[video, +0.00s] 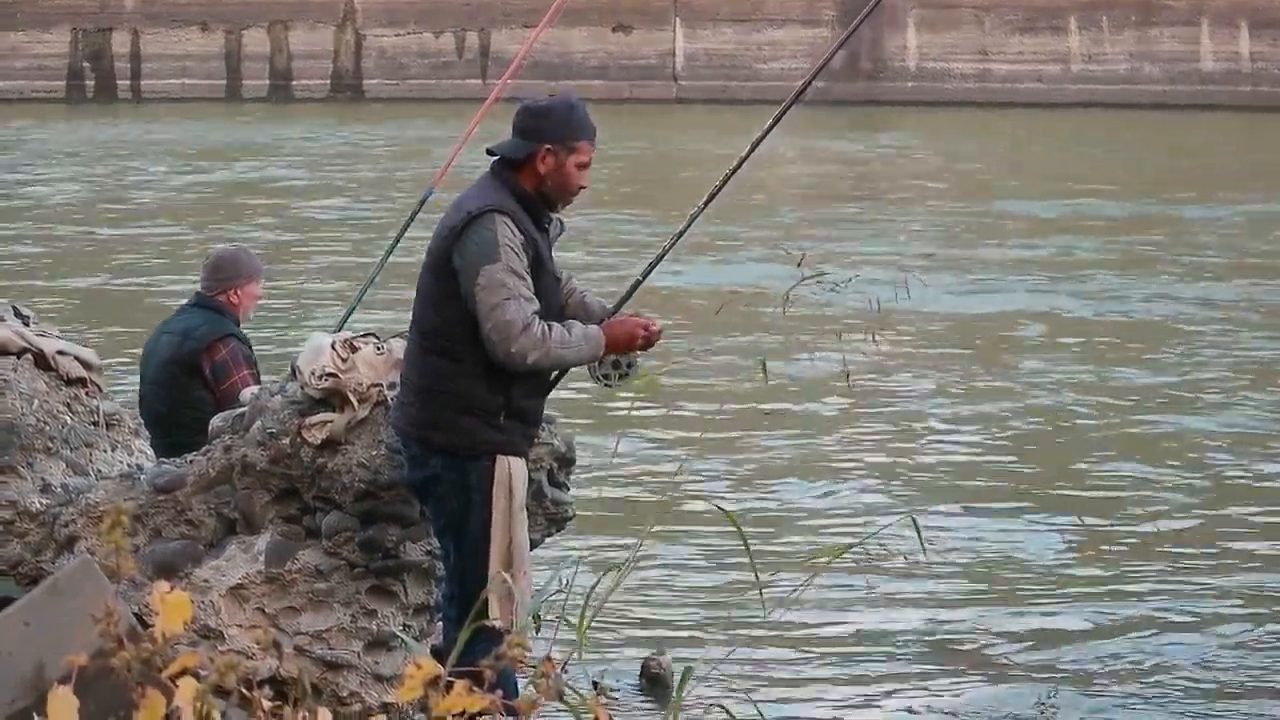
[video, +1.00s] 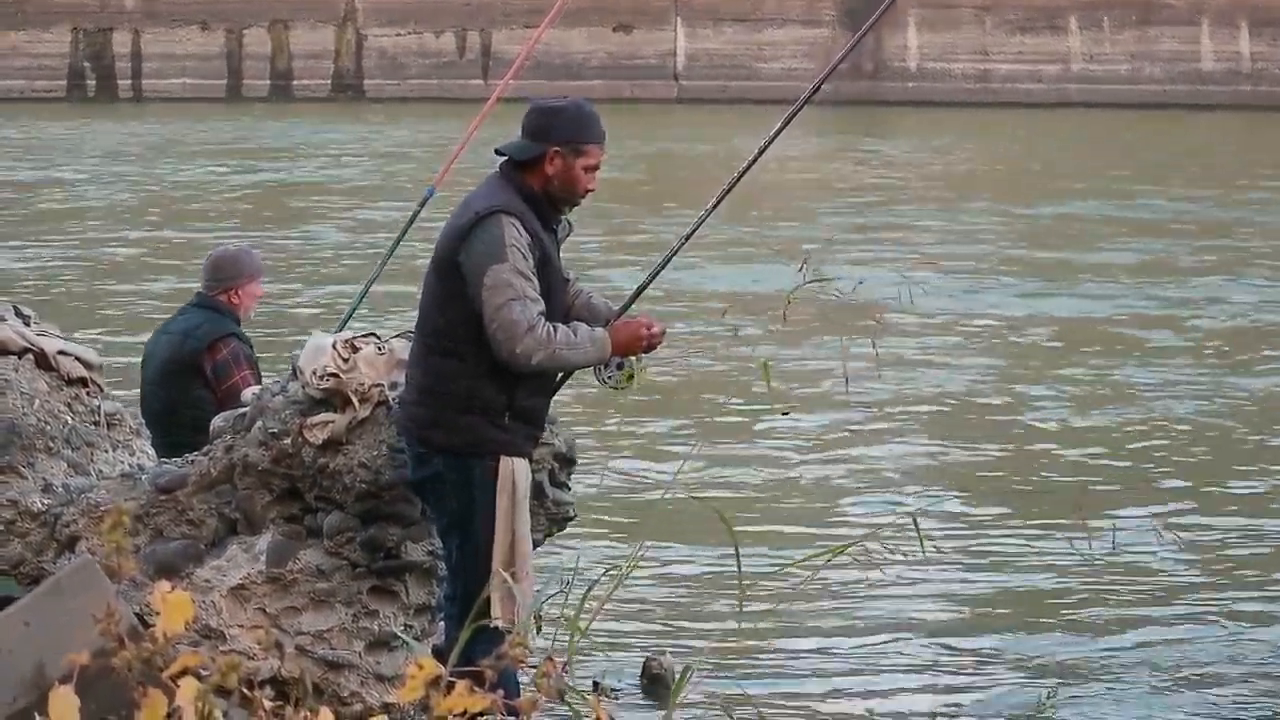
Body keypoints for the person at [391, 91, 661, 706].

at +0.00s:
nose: (586, 178)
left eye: (589, 165)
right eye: (582, 165)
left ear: (548, 159)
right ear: (543, 159)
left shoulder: (518, 217)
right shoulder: (492, 224)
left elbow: (554, 297)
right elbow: (515, 339)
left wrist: (613, 322)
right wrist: (604, 337)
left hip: (480, 439)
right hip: (458, 443)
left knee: (484, 596)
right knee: (479, 602)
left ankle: (478, 709)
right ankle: (474, 712)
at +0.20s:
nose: (587, 179)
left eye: (591, 166)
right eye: (583, 165)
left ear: (548, 158)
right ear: (545, 158)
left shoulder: (522, 217)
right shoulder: (493, 224)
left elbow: (554, 299)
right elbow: (515, 338)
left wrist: (614, 323)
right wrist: (605, 338)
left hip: (482, 438)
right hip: (457, 443)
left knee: (488, 594)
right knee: (478, 600)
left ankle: (487, 709)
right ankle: (474, 712)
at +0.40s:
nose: (589, 180)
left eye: (593, 167)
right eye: (584, 166)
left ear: (549, 159)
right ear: (546, 159)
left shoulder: (523, 216)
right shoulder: (495, 224)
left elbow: (556, 298)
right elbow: (517, 339)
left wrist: (615, 324)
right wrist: (607, 338)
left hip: (480, 438)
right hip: (457, 444)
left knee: (487, 593)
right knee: (479, 598)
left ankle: (484, 710)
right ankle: (474, 713)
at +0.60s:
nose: (591, 182)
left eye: (595, 168)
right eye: (587, 168)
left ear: (551, 160)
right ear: (549, 160)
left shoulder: (525, 217)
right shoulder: (497, 225)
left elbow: (558, 300)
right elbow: (517, 340)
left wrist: (617, 325)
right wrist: (607, 339)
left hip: (482, 437)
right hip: (458, 443)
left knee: (490, 592)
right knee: (478, 597)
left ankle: (486, 709)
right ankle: (472, 712)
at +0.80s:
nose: (592, 182)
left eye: (596, 169)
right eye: (587, 168)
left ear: (552, 160)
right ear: (549, 160)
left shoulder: (526, 217)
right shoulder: (498, 225)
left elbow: (558, 299)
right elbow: (518, 340)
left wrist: (616, 325)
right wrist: (607, 339)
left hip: (481, 439)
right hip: (457, 443)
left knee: (489, 593)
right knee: (478, 599)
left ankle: (487, 708)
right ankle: (475, 711)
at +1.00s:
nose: (594, 182)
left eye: (598, 169)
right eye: (589, 168)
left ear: (554, 161)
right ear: (551, 161)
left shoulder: (529, 217)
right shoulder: (500, 225)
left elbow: (560, 298)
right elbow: (519, 339)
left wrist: (617, 327)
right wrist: (608, 340)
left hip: (484, 439)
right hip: (460, 444)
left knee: (489, 592)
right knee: (477, 597)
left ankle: (485, 706)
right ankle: (472, 710)